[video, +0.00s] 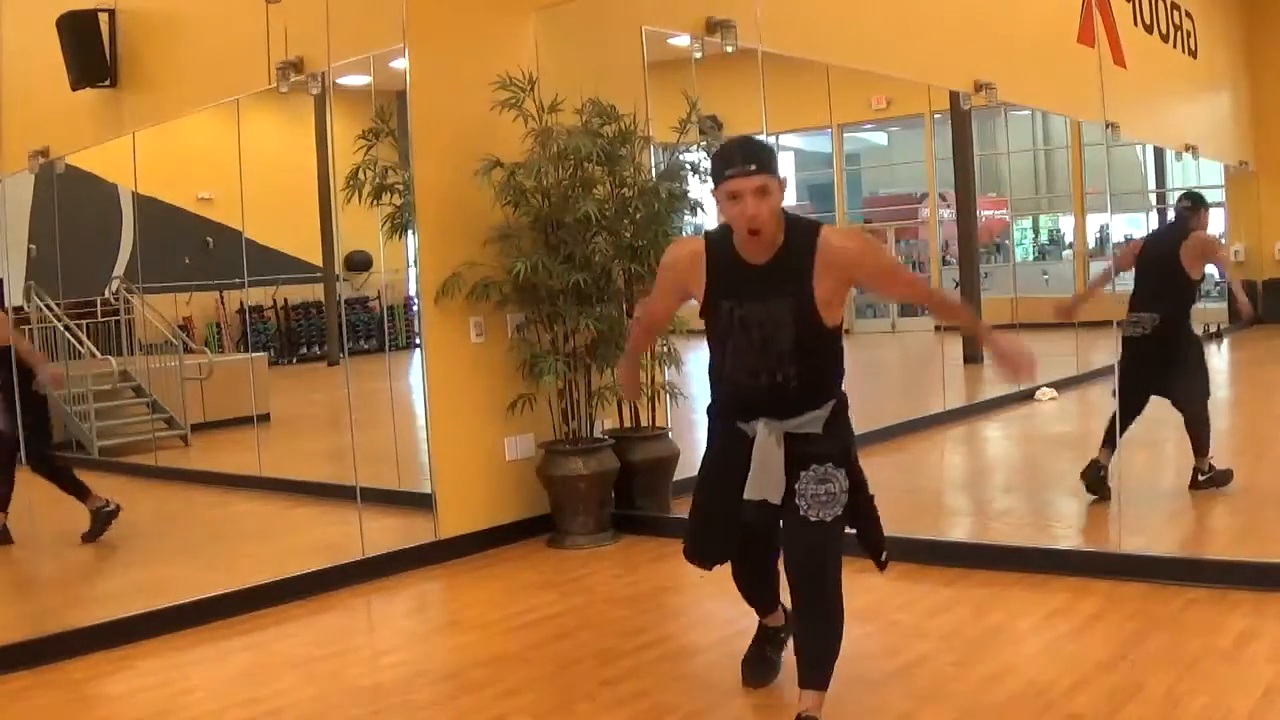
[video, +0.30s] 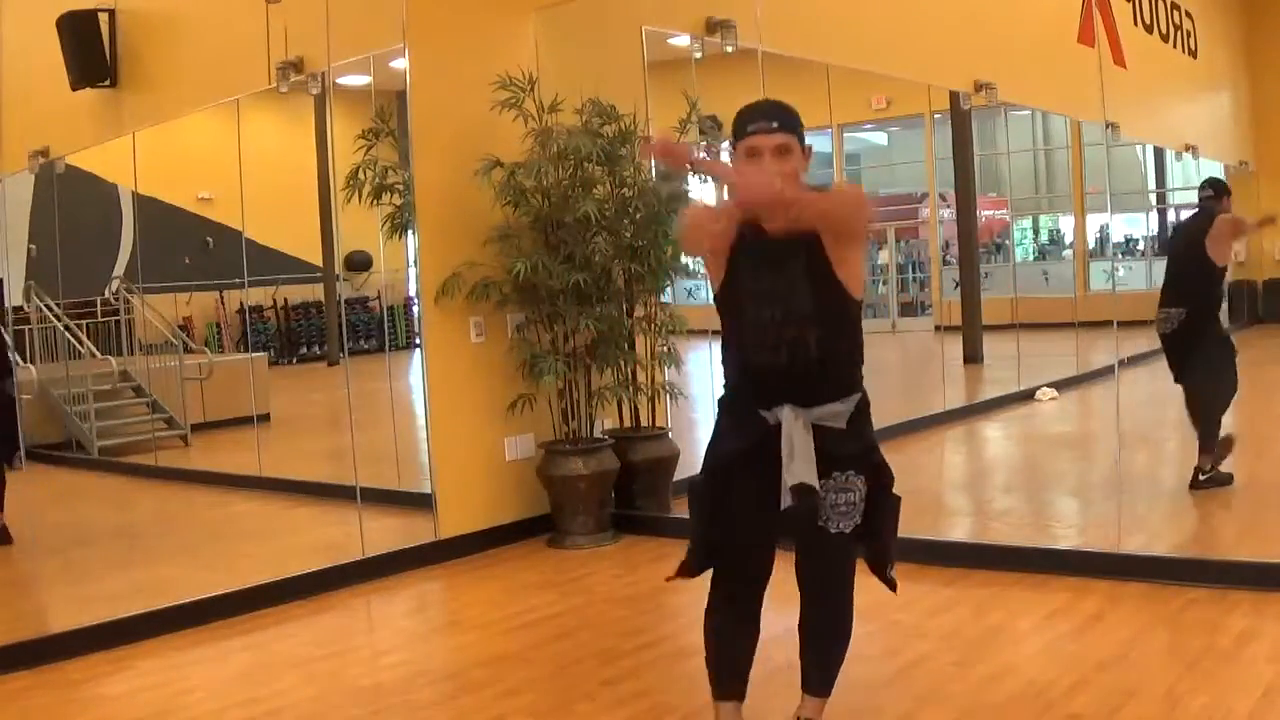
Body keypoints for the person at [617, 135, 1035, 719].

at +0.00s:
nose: (749, 213)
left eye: (760, 194)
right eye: (734, 198)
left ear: (781, 190)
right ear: (717, 201)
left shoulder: (835, 250)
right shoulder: (689, 260)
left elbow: (924, 294)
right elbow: (651, 318)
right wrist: (630, 362)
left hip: (815, 433)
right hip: (737, 436)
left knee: (813, 571)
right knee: (746, 553)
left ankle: (810, 706)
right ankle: (773, 620)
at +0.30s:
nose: (767, 166)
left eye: (782, 153)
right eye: (751, 155)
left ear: (806, 161)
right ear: (732, 164)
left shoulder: (847, 212)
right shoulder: (716, 231)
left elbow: (776, 203)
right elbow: (696, 228)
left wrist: (695, 161)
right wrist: (740, 200)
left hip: (834, 430)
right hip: (748, 432)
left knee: (827, 583)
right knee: (735, 581)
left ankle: (812, 709)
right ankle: (727, 710)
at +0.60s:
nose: (762, 159)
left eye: (774, 145)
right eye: (744, 148)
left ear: (797, 153)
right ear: (719, 160)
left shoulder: (840, 199)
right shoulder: (710, 232)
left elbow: (771, 186)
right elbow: (678, 241)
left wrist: (675, 161)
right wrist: (708, 173)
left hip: (848, 438)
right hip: (760, 442)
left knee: (836, 599)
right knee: (750, 599)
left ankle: (813, 710)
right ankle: (757, 716)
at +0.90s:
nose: (719, 146)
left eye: (732, 133)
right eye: (698, 142)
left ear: (761, 156)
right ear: (683, 179)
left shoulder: (835, 244)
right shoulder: (675, 276)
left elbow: (916, 333)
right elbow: (663, 373)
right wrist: (649, 454)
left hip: (840, 481)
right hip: (745, 484)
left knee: (833, 641)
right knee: (756, 657)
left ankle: (817, 709)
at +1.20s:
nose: (687, 128)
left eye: (705, 110)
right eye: (668, 119)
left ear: (742, 129)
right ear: (653, 150)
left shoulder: (819, 218)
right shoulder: (651, 233)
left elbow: (924, 246)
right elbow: (669, 287)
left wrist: (996, 286)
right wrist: (653, 311)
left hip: (825, 481)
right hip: (728, 478)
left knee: (836, 675)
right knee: (748, 681)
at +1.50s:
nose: (697, 148)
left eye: (716, 129)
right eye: (676, 136)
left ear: (753, 148)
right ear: (657, 167)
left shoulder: (821, 250)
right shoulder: (649, 274)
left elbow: (780, 391)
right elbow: (624, 403)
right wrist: (599, 509)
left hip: (805, 523)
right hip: (703, 519)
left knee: (801, 705)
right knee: (706, 700)